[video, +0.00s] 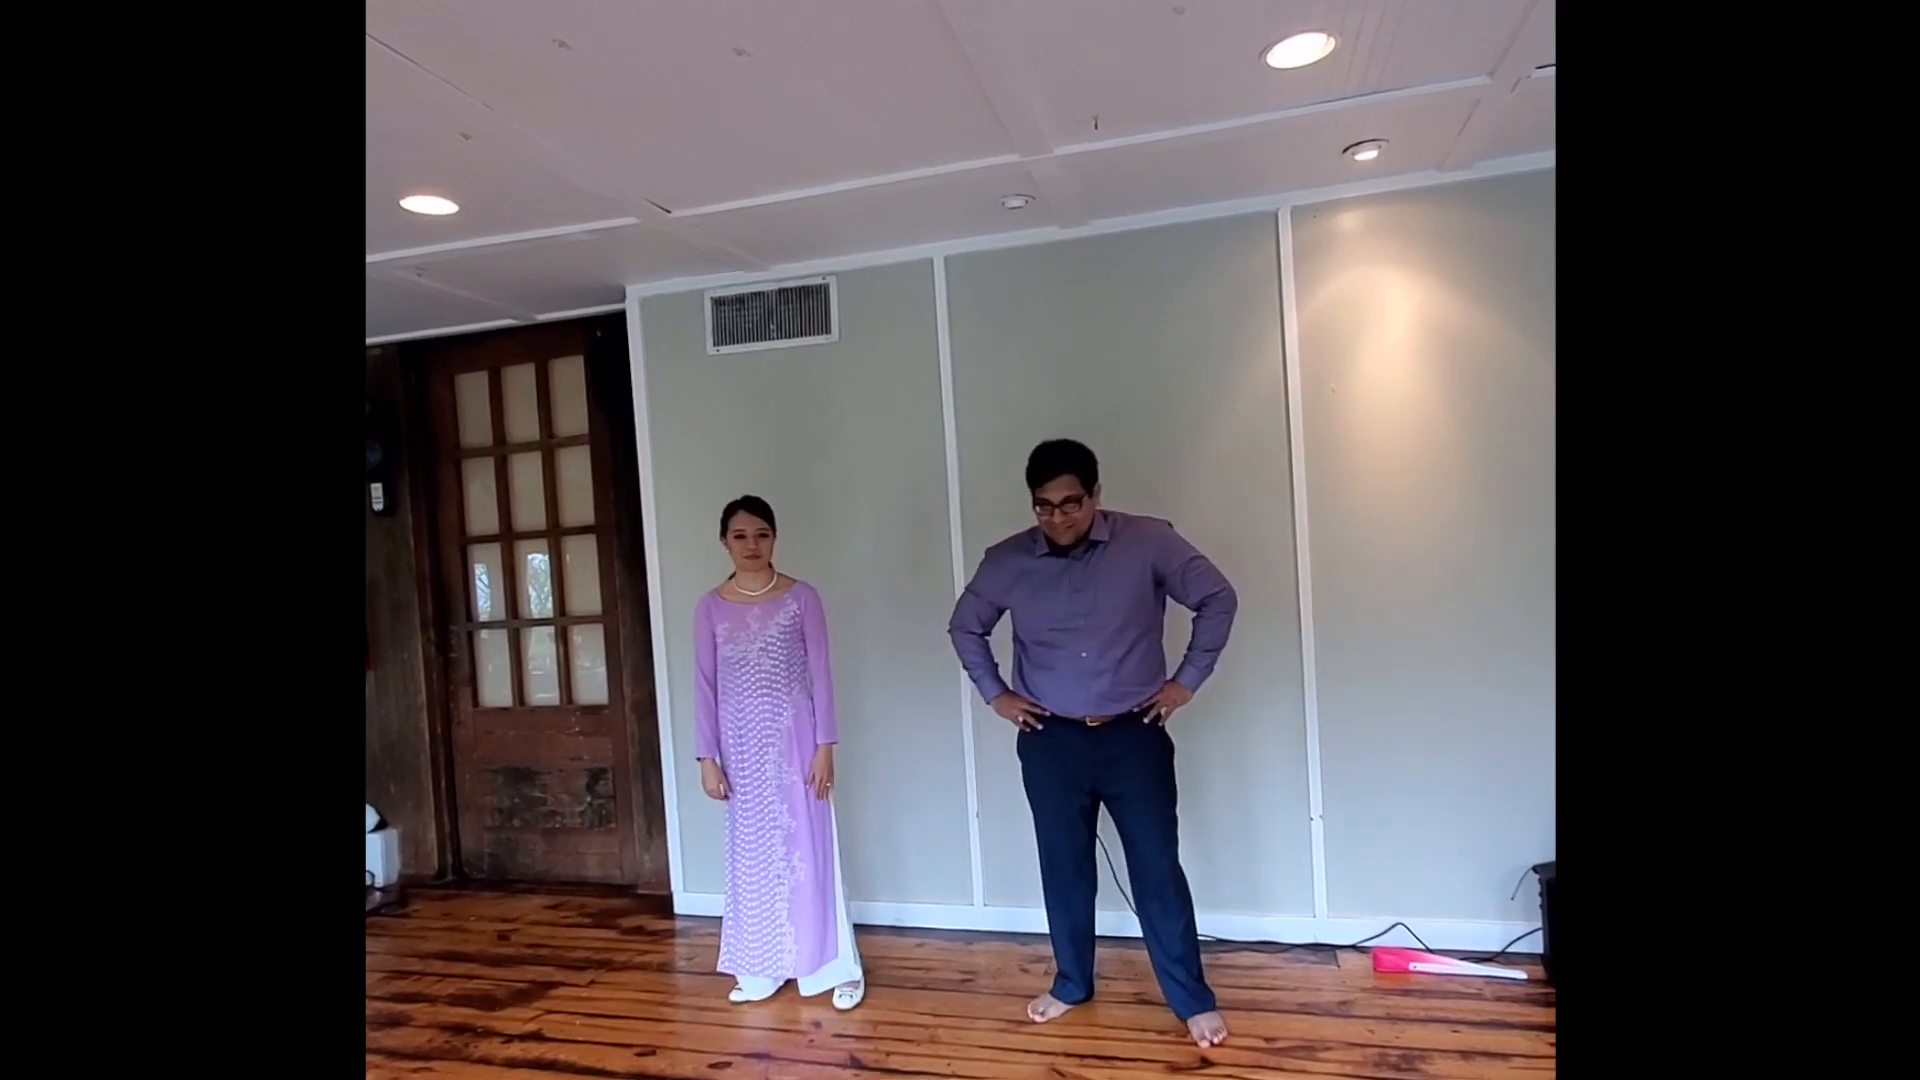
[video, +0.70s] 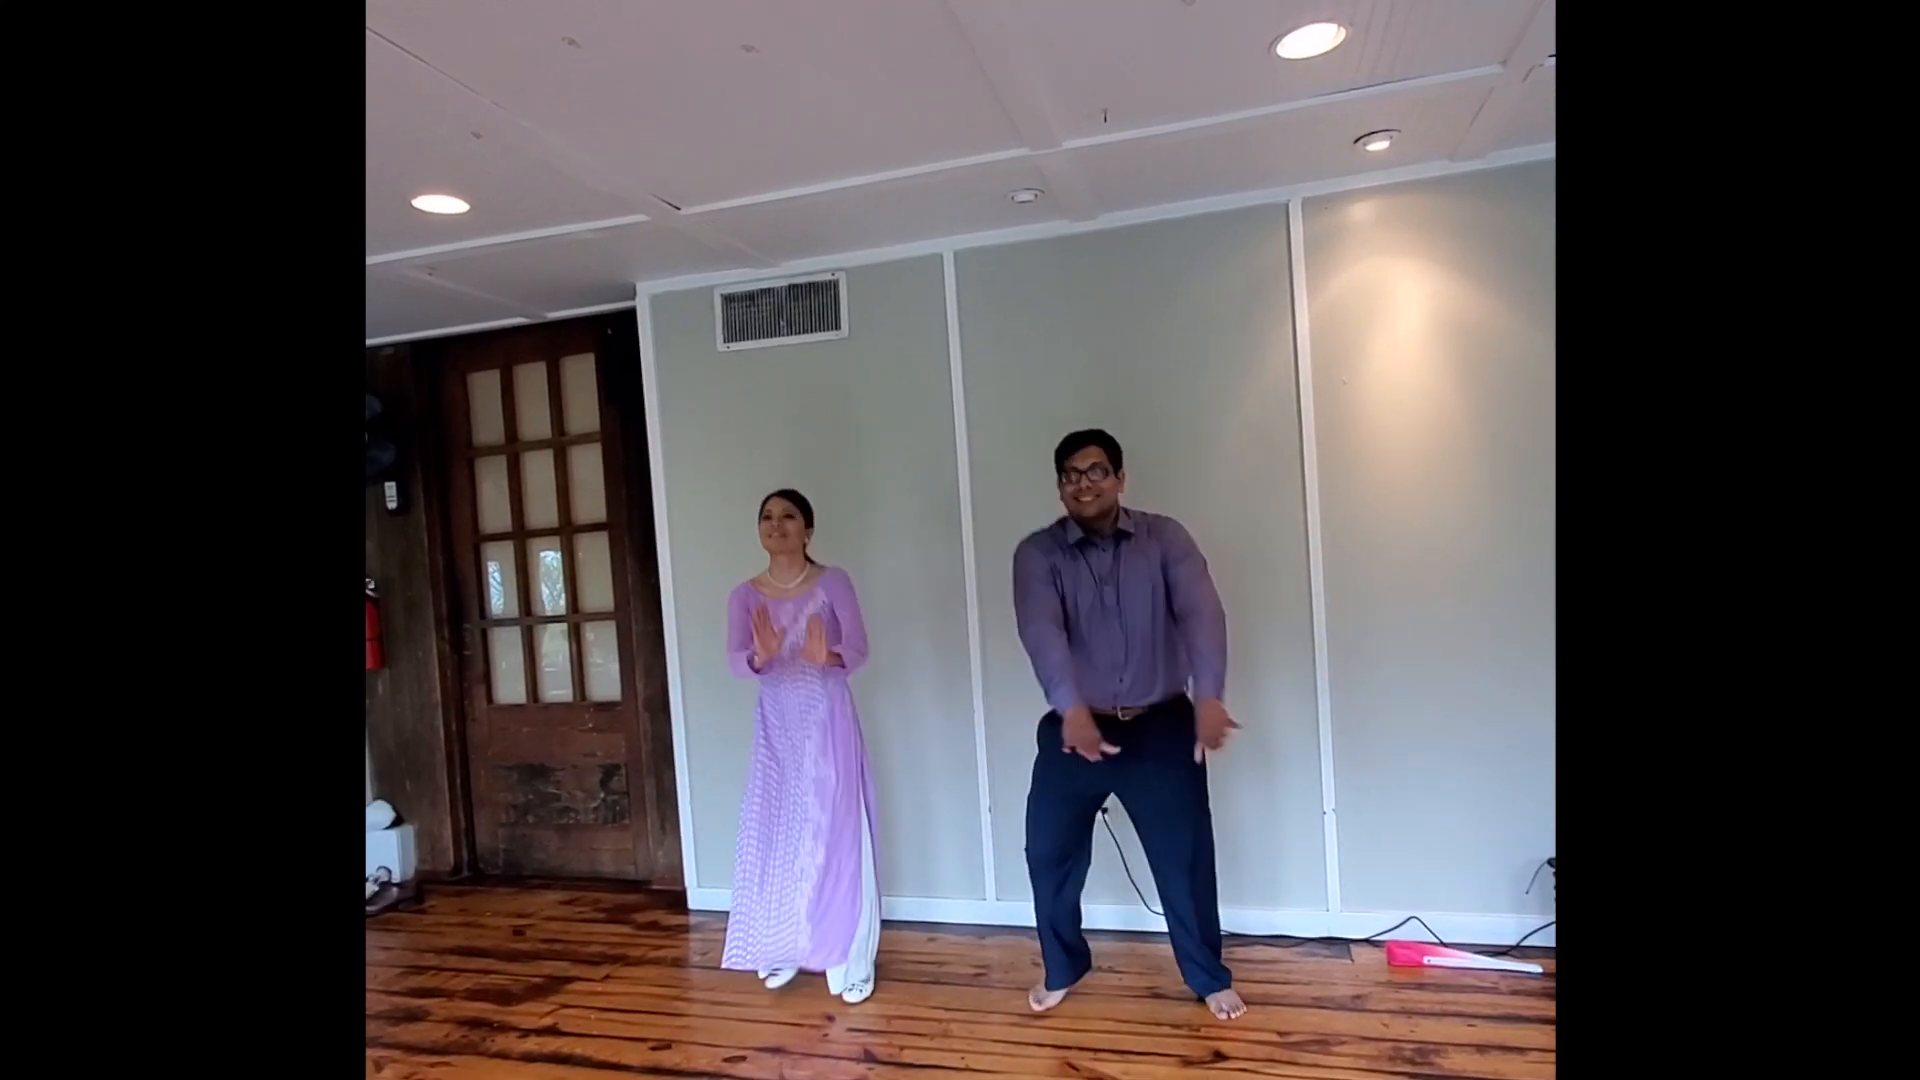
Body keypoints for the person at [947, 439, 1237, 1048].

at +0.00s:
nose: (1058, 518)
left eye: (1070, 503)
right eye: (1045, 506)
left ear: (1095, 494)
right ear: (1032, 504)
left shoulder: (1148, 542)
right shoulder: (1007, 563)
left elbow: (1218, 599)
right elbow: (965, 627)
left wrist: (1187, 679)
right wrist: (995, 692)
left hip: (1135, 736)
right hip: (1050, 741)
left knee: (1158, 872)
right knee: (1064, 870)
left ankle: (1193, 1001)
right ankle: (1072, 985)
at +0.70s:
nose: (1083, 483)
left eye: (1096, 472)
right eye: (1071, 475)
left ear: (1120, 479)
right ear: (1060, 487)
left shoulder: (1165, 537)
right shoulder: (1039, 553)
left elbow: (1202, 613)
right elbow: (1042, 635)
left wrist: (1207, 698)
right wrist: (1072, 709)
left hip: (1161, 724)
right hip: (1073, 728)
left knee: (1185, 857)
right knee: (1049, 854)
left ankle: (1209, 976)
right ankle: (1062, 964)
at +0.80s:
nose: (1070, 468)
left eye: (1083, 457)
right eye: (1057, 459)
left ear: (1103, 467)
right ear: (1043, 470)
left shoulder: (1139, 519)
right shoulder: (1020, 534)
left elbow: (1209, 577)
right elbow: (1014, 606)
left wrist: (1169, 635)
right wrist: (1095, 651)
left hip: (1154, 706)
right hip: (1068, 713)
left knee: (1199, 823)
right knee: (1060, 842)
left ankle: (1211, 955)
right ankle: (1060, 962)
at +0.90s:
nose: (1061, 486)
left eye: (1074, 476)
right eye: (1049, 477)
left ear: (1094, 488)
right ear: (1034, 490)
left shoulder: (1128, 541)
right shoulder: (1009, 560)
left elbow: (1220, 581)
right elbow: (999, 622)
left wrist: (1159, 581)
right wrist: (1085, 594)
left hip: (1140, 705)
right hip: (1056, 728)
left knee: (1221, 770)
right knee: (1048, 853)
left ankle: (1187, 877)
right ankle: (1067, 960)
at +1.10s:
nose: (1060, 519)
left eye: (1072, 508)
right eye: (1046, 510)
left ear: (1090, 520)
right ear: (1030, 524)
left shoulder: (1130, 582)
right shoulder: (1006, 604)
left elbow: (1164, 672)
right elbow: (1037, 689)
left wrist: (1147, 668)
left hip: (1121, 735)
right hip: (1042, 749)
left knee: (1200, 799)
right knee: (1032, 875)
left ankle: (1158, 935)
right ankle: (1052, 975)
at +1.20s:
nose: (1066, 521)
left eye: (1079, 511)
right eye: (1054, 513)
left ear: (1098, 523)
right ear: (1037, 527)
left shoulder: (1137, 589)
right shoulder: (1011, 613)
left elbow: (1166, 679)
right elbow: (1029, 707)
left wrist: (1177, 768)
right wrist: (1057, 787)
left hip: (1125, 753)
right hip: (1043, 755)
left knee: (1175, 861)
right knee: (1038, 874)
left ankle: (1154, 1001)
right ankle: (1051, 977)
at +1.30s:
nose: (1087, 514)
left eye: (1100, 504)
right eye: (1074, 506)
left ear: (1121, 516)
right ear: (1059, 521)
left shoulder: (1159, 587)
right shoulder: (1027, 595)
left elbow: (1212, 664)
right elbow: (985, 678)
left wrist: (1271, 747)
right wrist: (953, 761)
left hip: (1143, 752)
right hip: (1057, 755)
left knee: (1208, 846)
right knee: (1040, 882)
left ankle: (1173, 974)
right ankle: (1053, 975)